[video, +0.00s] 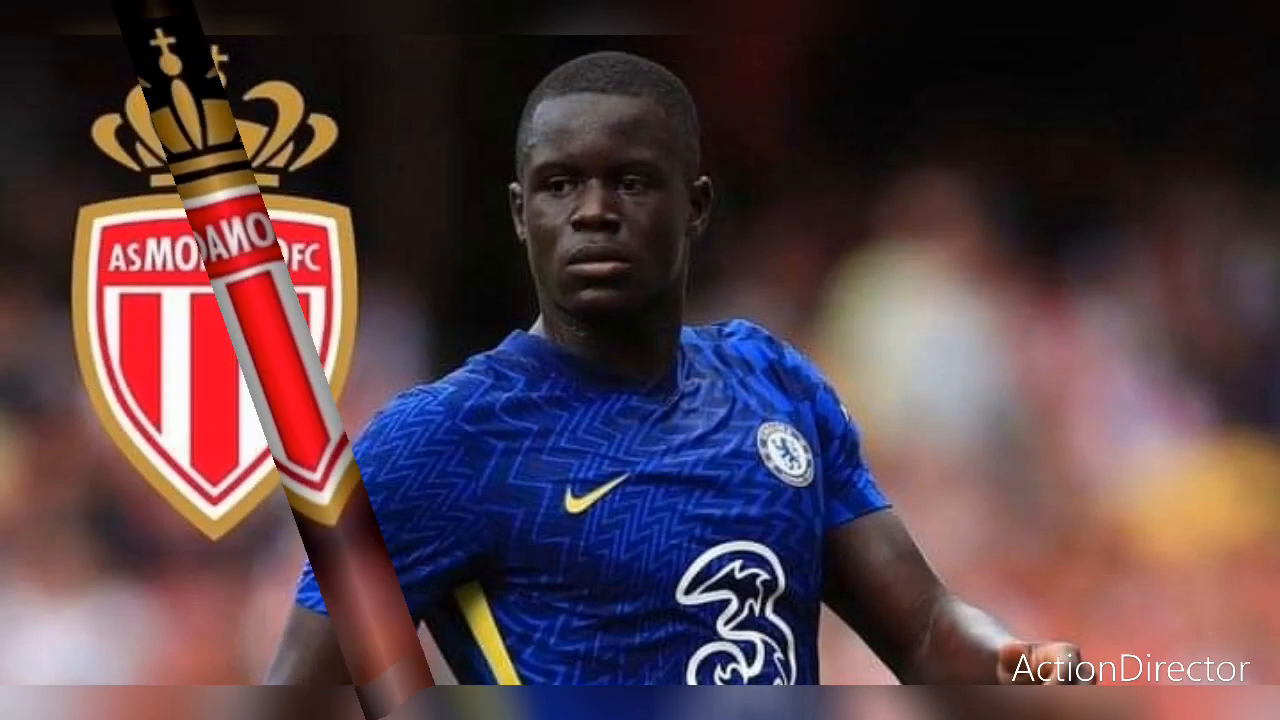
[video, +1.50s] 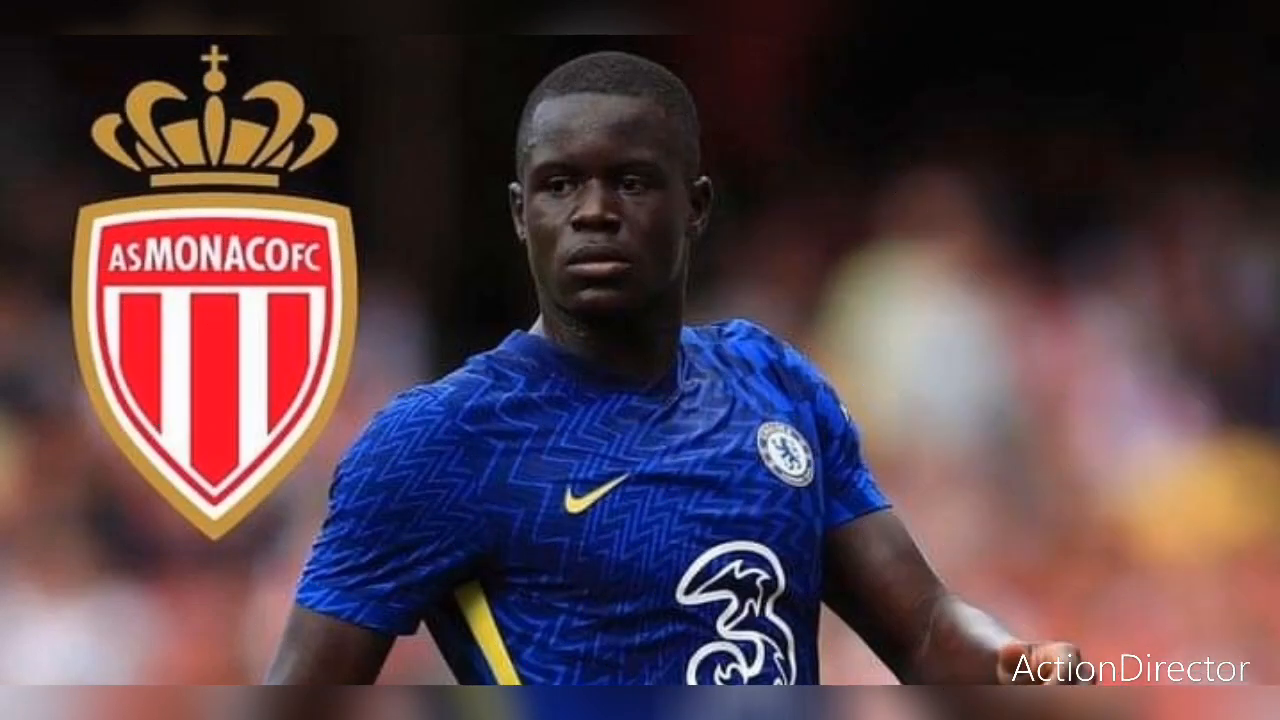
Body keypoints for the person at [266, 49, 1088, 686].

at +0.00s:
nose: (595, 209)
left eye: (633, 179)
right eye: (560, 181)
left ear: (697, 210)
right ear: (523, 215)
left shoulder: (771, 385)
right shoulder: (437, 440)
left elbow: (921, 626)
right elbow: (297, 689)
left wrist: (1017, 673)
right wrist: (398, 694)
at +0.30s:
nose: (596, 208)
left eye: (633, 179)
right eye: (560, 181)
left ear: (697, 211)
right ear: (521, 219)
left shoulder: (769, 385)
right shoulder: (435, 443)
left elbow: (921, 626)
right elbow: (302, 692)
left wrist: (1019, 674)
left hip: (777, 708)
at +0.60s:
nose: (598, 209)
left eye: (635, 176)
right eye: (561, 182)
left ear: (687, 201)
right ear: (522, 220)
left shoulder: (784, 397)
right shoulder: (435, 445)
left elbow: (923, 624)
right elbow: (303, 691)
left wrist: (1020, 670)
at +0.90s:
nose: (595, 213)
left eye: (632, 181)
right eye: (559, 184)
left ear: (696, 208)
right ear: (519, 216)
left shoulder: (775, 392)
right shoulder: (432, 444)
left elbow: (922, 626)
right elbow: (294, 698)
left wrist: (1019, 673)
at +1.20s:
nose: (595, 210)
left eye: (633, 178)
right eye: (559, 181)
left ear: (697, 209)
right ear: (522, 216)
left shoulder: (770, 385)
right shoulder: (433, 444)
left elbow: (921, 626)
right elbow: (301, 691)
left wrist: (1017, 674)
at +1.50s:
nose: (595, 210)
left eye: (633, 178)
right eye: (560, 181)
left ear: (697, 209)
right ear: (522, 216)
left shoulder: (770, 385)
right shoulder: (433, 444)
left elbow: (921, 626)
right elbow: (301, 691)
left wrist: (1021, 675)